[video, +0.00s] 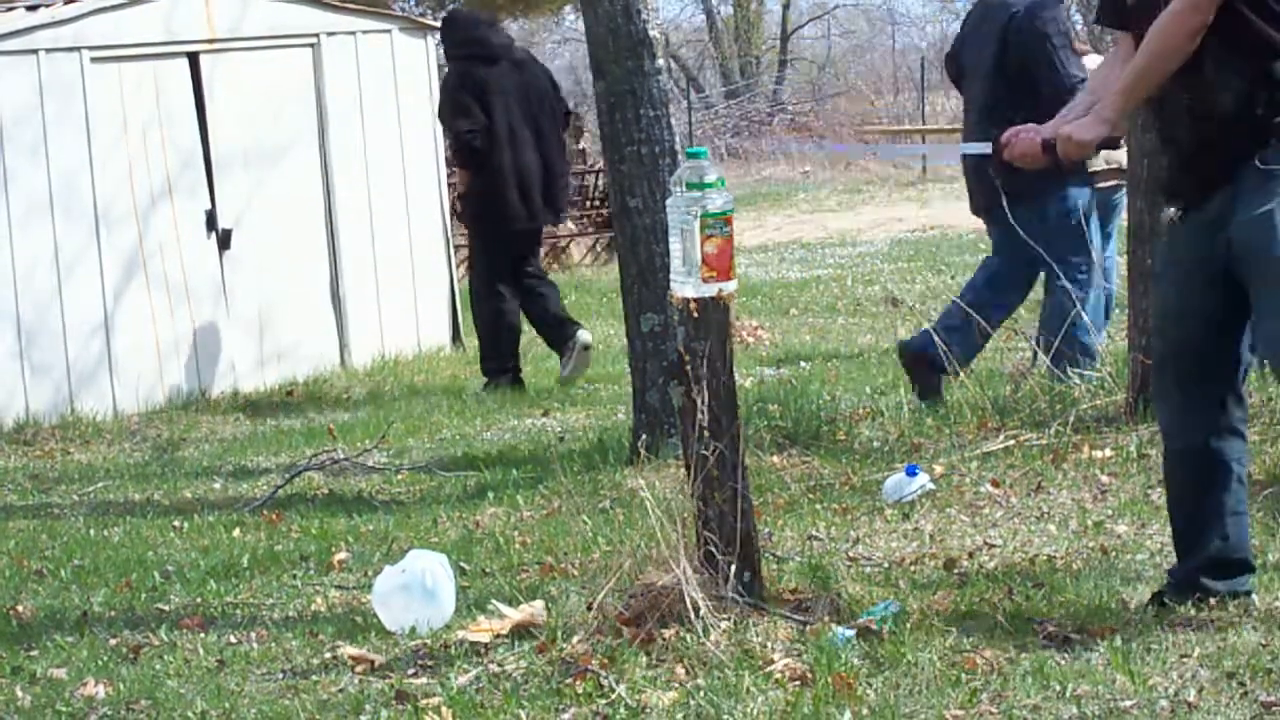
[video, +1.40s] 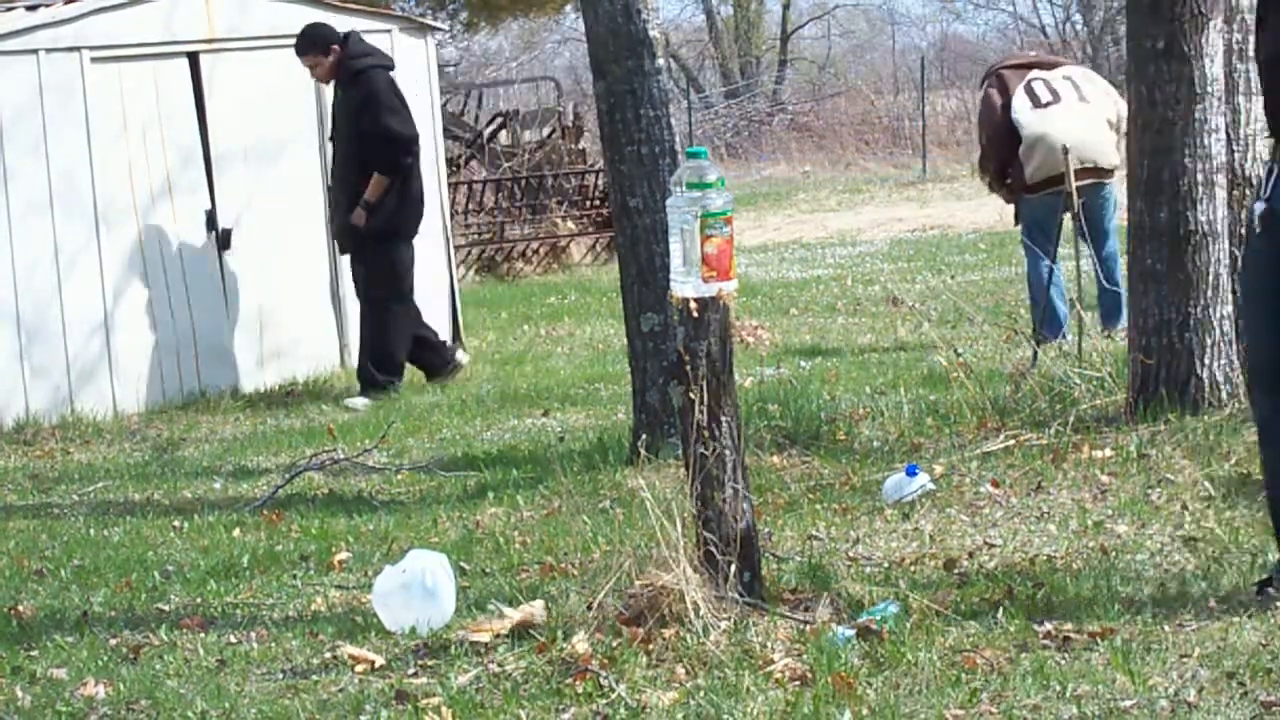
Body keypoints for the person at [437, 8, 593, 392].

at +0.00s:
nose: (445, 50)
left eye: (446, 44)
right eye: (445, 44)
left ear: (455, 42)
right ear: (491, 31)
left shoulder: (462, 76)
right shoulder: (528, 64)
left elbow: (469, 137)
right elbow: (560, 115)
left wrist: (466, 176)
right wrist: (542, 157)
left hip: (491, 197)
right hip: (536, 188)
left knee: (491, 284)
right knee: (526, 271)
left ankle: (503, 377)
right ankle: (568, 337)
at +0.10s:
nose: (436, 50)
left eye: (436, 43)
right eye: (436, 43)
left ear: (443, 42)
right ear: (478, 31)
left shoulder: (450, 78)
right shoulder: (515, 62)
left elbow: (461, 132)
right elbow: (548, 113)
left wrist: (455, 178)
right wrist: (533, 155)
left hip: (483, 192)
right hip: (527, 183)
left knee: (486, 279)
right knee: (510, 271)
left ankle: (501, 372)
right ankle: (539, 350)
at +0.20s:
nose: (427, 49)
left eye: (427, 43)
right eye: (426, 43)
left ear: (435, 40)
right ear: (469, 30)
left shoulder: (442, 72)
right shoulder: (504, 62)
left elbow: (451, 134)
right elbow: (539, 112)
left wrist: (445, 189)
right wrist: (518, 150)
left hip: (475, 190)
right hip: (514, 182)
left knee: (484, 279)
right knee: (497, 276)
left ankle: (502, 373)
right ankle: (504, 369)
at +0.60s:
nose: (400, 62)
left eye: (399, 55)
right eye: (397, 56)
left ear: (409, 46)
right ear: (429, 38)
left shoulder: (425, 70)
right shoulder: (471, 69)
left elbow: (435, 135)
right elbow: (502, 122)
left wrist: (416, 188)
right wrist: (492, 176)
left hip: (446, 194)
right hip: (481, 191)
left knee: (432, 277)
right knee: (469, 276)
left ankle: (483, 361)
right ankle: (465, 365)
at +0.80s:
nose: (381, 65)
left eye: (379, 56)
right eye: (376, 59)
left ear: (395, 43)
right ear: (400, 40)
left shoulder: (422, 69)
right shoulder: (451, 67)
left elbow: (439, 130)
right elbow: (479, 133)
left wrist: (408, 186)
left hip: (440, 200)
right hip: (472, 196)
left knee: (411, 283)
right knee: (458, 280)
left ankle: (431, 379)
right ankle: (469, 369)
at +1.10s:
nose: (349, 72)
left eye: (349, 64)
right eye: (345, 66)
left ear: (368, 50)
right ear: (366, 51)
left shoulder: (404, 77)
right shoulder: (398, 76)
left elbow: (429, 145)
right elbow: (422, 145)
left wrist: (395, 199)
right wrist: (394, 197)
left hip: (423, 213)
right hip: (424, 211)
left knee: (401, 299)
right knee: (441, 298)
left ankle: (378, 388)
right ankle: (469, 376)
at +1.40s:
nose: (312, 74)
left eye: (313, 65)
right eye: (308, 67)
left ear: (333, 53)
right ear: (332, 54)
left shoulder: (369, 79)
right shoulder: (352, 80)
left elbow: (398, 145)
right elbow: (363, 149)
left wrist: (365, 203)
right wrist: (348, 204)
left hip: (386, 214)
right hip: (368, 214)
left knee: (384, 300)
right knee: (379, 298)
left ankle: (379, 386)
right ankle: (440, 361)